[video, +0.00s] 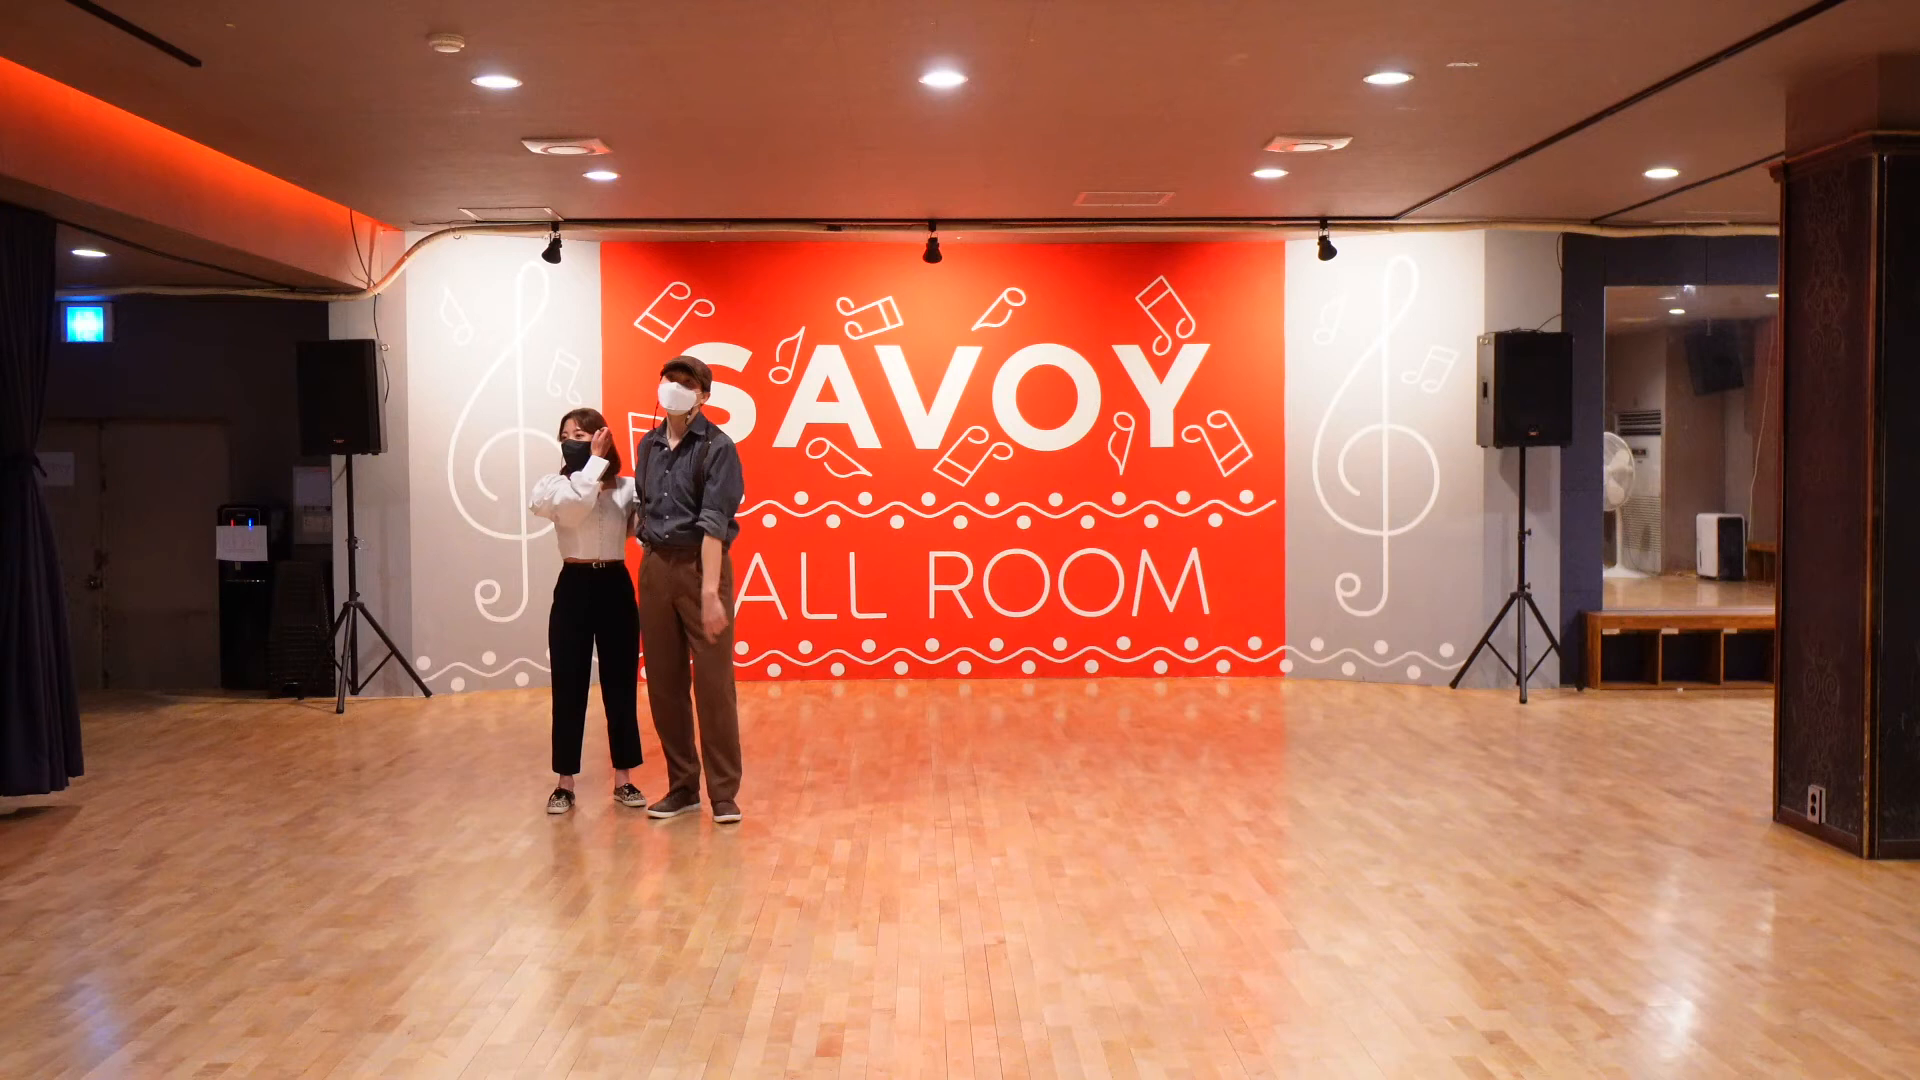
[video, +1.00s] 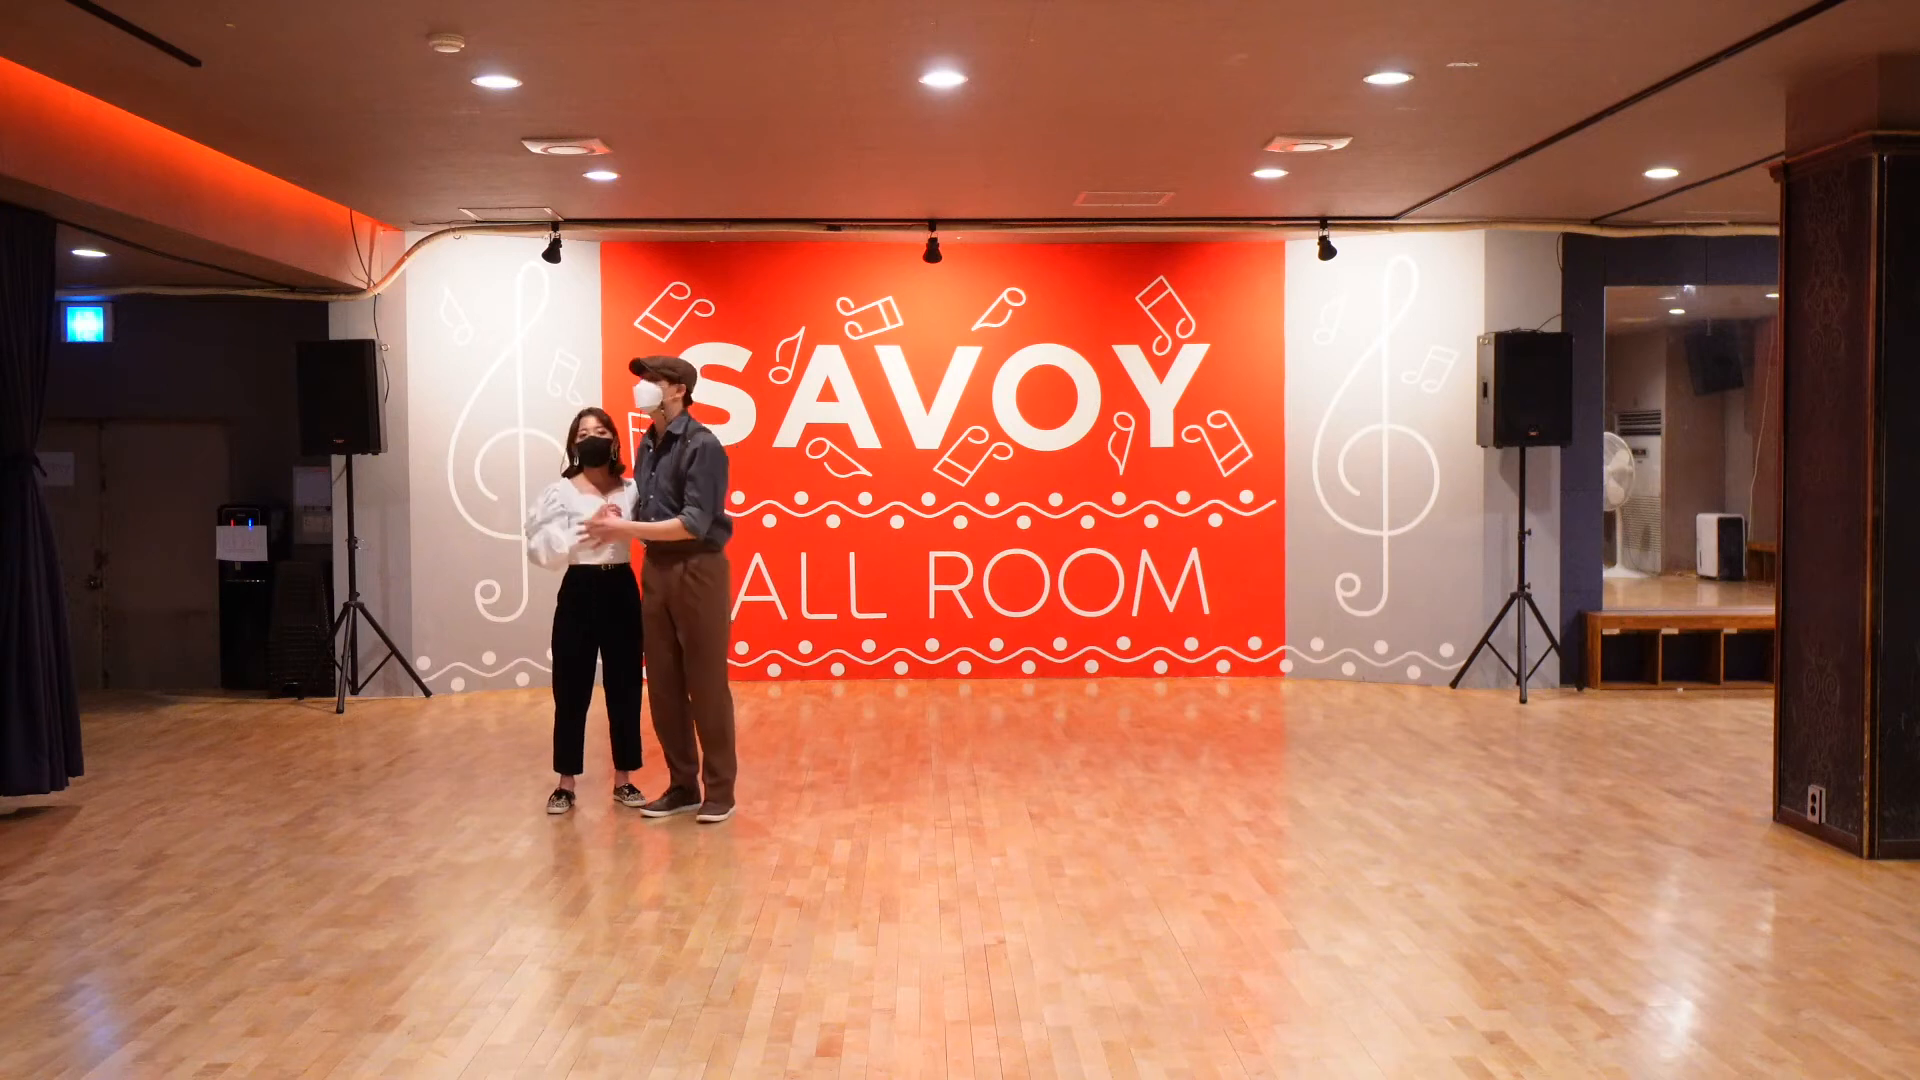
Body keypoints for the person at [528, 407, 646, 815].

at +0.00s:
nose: (571, 440)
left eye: (580, 433)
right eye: (566, 434)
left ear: (599, 440)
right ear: (559, 443)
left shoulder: (625, 487)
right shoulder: (549, 485)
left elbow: (649, 524)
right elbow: (572, 508)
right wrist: (596, 458)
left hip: (617, 588)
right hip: (573, 589)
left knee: (621, 688)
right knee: (569, 688)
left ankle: (623, 781)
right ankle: (564, 784)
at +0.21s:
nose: (571, 439)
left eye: (580, 433)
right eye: (566, 434)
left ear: (599, 440)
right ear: (559, 443)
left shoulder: (624, 487)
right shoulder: (550, 485)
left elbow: (648, 525)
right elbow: (573, 508)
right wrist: (601, 458)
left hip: (617, 587)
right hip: (575, 588)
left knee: (621, 687)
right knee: (569, 687)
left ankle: (623, 781)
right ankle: (564, 784)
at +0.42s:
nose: (574, 438)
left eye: (583, 431)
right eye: (568, 433)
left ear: (602, 440)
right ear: (560, 444)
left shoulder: (624, 487)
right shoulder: (550, 487)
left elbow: (649, 524)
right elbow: (575, 501)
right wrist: (596, 463)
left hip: (618, 587)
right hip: (575, 587)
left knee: (622, 688)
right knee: (570, 688)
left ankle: (623, 781)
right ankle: (564, 784)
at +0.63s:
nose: (579, 435)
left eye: (589, 429)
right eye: (571, 431)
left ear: (606, 440)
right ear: (562, 443)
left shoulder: (623, 489)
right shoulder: (551, 489)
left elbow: (647, 525)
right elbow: (565, 519)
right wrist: (595, 475)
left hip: (617, 589)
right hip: (575, 590)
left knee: (622, 689)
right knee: (569, 690)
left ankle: (623, 781)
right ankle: (564, 784)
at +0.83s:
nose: (587, 433)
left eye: (595, 427)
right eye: (578, 429)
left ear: (608, 439)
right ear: (568, 442)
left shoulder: (627, 486)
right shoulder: (555, 487)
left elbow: (645, 527)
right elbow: (542, 529)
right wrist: (586, 495)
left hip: (618, 590)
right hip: (575, 591)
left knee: (622, 689)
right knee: (569, 690)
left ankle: (623, 781)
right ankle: (565, 784)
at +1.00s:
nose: (593, 433)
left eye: (601, 428)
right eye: (584, 430)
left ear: (613, 439)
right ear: (573, 443)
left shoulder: (631, 490)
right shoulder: (557, 492)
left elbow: (654, 528)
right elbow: (539, 548)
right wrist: (583, 529)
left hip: (621, 591)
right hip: (578, 592)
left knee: (625, 690)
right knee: (571, 691)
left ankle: (624, 781)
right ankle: (565, 784)